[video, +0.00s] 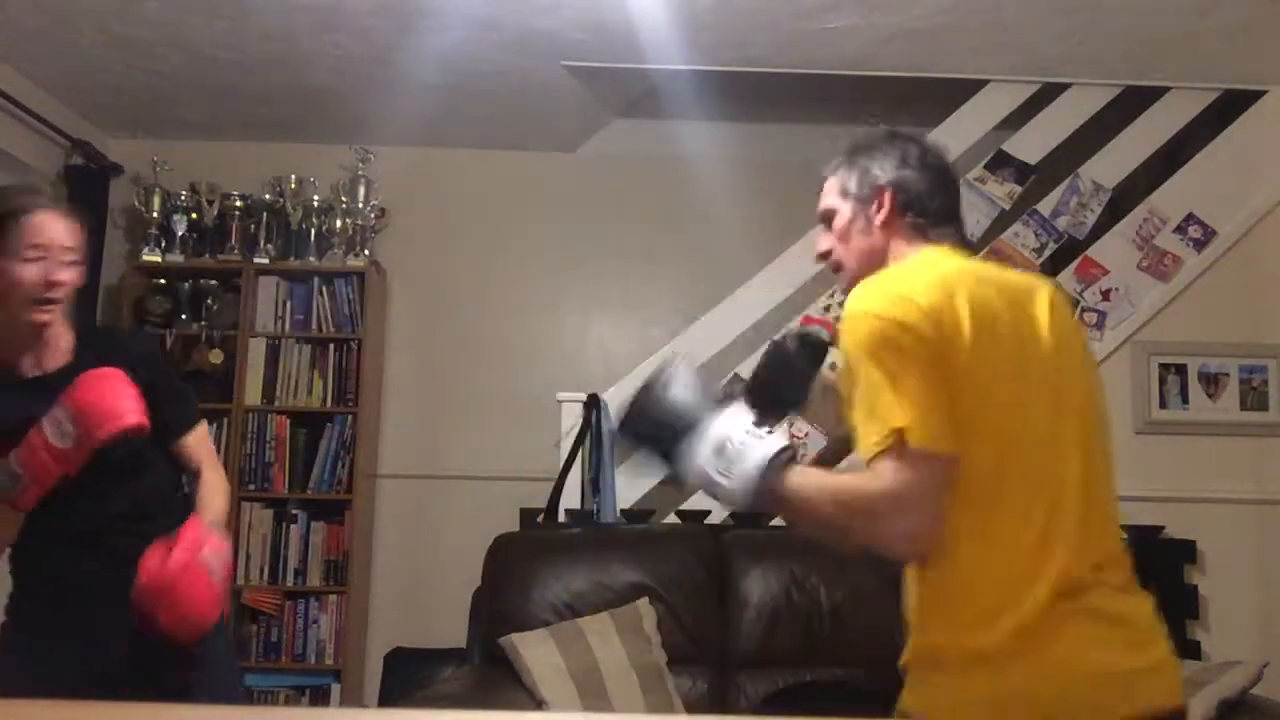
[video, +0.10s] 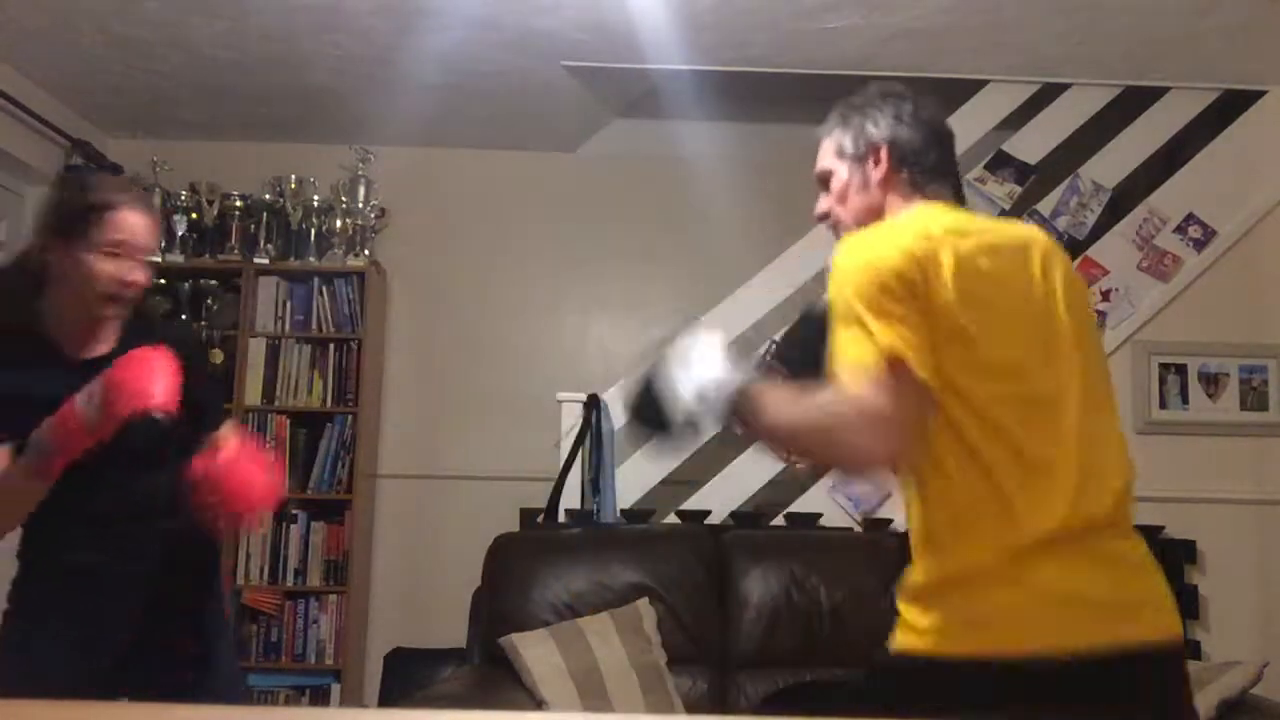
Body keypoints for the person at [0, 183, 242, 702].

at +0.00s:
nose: (54, 276)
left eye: (69, 260)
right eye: (33, 257)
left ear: (84, 270)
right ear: (0, 268)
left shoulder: (129, 359)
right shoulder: (7, 391)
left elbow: (210, 470)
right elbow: (5, 531)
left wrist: (205, 542)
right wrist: (47, 446)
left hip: (170, 616)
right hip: (54, 626)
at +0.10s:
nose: (135, 277)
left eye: (148, 260)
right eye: (115, 254)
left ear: (157, 266)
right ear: (58, 250)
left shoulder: (171, 349)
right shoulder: (15, 353)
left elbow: (215, 444)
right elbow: (6, 510)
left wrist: (236, 475)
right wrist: (83, 420)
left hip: (178, 619)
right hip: (59, 618)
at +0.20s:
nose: (202, 308)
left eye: (216, 294)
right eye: (188, 286)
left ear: (226, 292)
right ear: (133, 269)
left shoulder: (215, 343)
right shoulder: (49, 332)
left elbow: (291, 463)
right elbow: (17, 496)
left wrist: (326, 414)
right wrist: (115, 388)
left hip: (196, 617)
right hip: (79, 614)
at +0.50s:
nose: (213, 336)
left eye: (219, 324)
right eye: (205, 318)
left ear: (185, 291)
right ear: (173, 283)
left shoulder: (183, 352)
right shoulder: (60, 340)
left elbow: (277, 465)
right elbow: (182, 439)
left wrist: (348, 395)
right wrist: (234, 305)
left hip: (161, 633)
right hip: (57, 637)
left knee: (221, 709)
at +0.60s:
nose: (246, 335)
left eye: (254, 320)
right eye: (245, 315)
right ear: (213, 288)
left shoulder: (189, 364)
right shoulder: (87, 342)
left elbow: (214, 507)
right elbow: (190, 461)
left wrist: (287, 453)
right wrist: (244, 342)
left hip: (152, 623)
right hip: (55, 628)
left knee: (225, 708)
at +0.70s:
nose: (297, 327)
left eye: (301, 316)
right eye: (291, 309)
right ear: (258, 292)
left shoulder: (209, 381)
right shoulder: (155, 340)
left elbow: (199, 533)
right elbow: (193, 482)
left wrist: (276, 487)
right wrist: (268, 382)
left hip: (143, 618)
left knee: (226, 707)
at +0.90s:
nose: (368, 358)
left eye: (374, 340)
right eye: (367, 334)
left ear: (320, 318)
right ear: (323, 316)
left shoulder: (237, 366)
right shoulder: (252, 363)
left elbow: (244, 542)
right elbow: (249, 508)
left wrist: (329, 503)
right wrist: (360, 445)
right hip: (127, 636)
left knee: (254, 704)